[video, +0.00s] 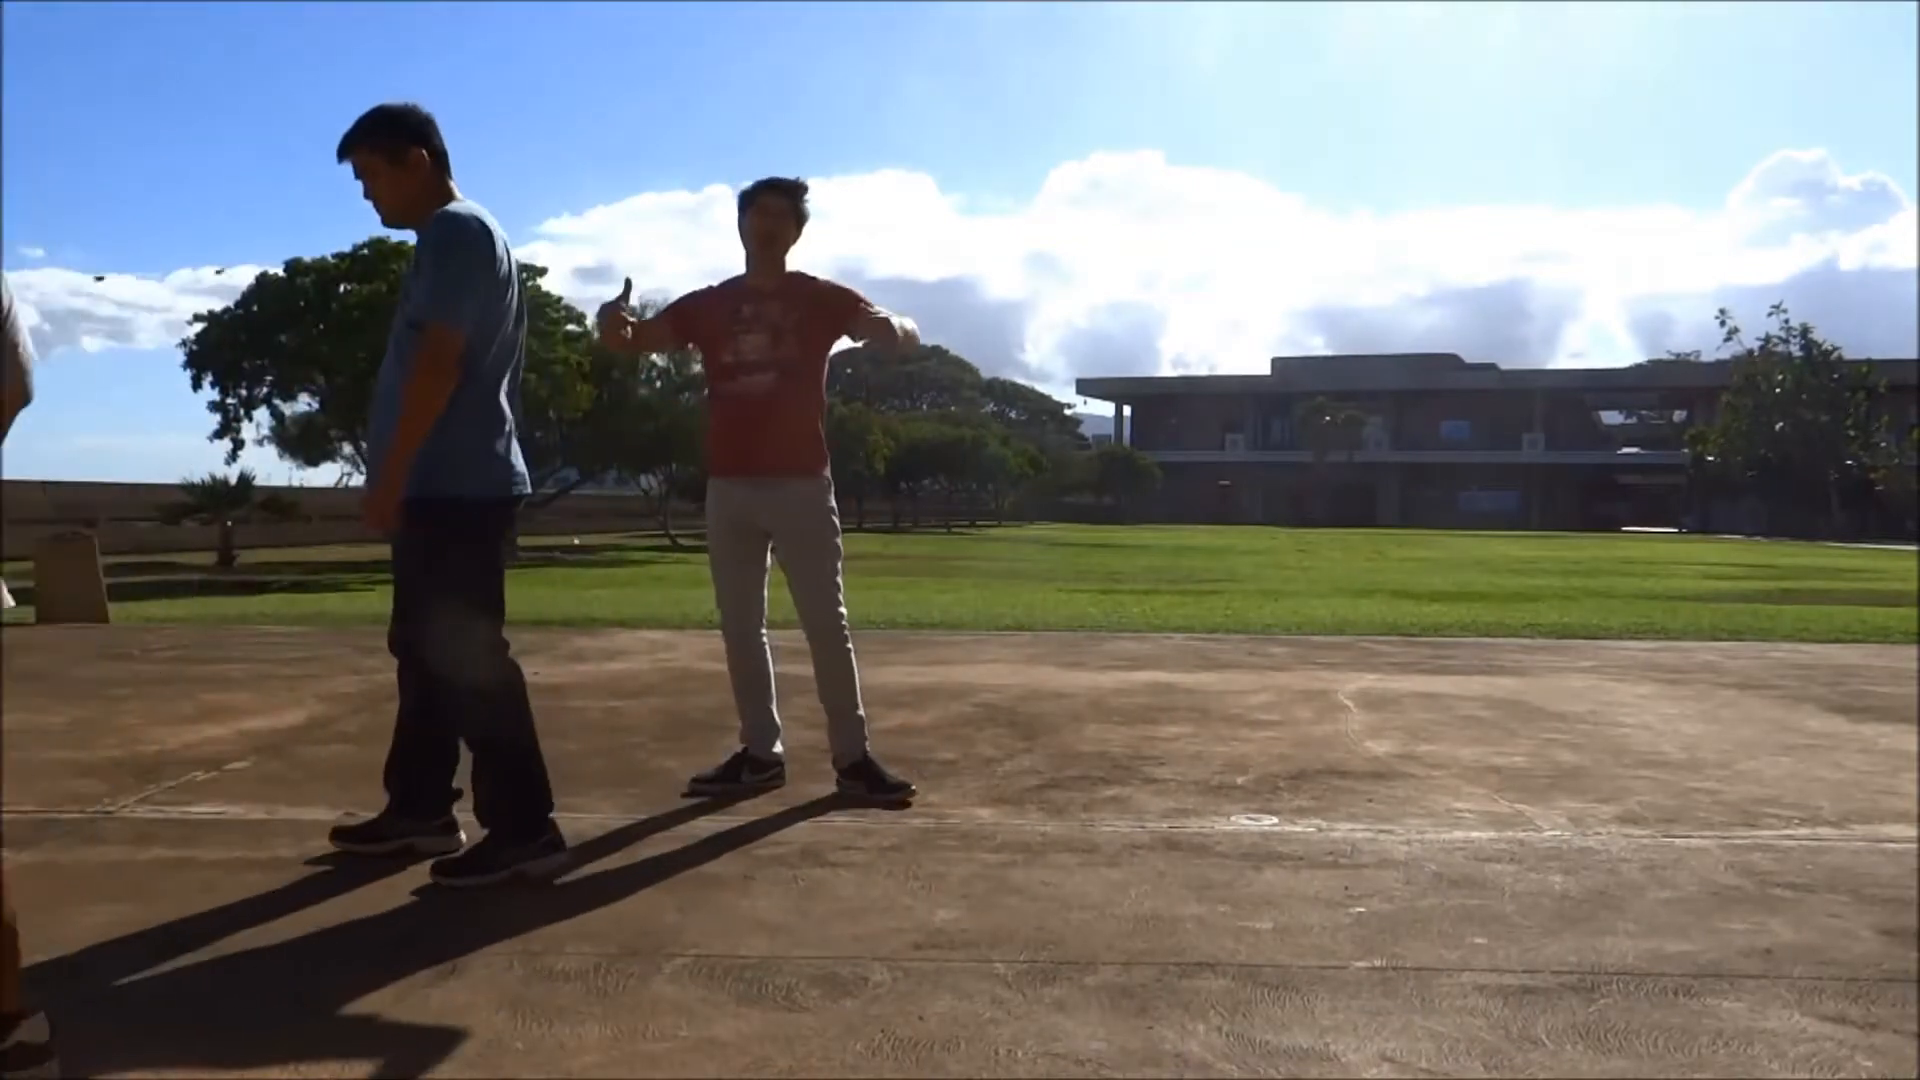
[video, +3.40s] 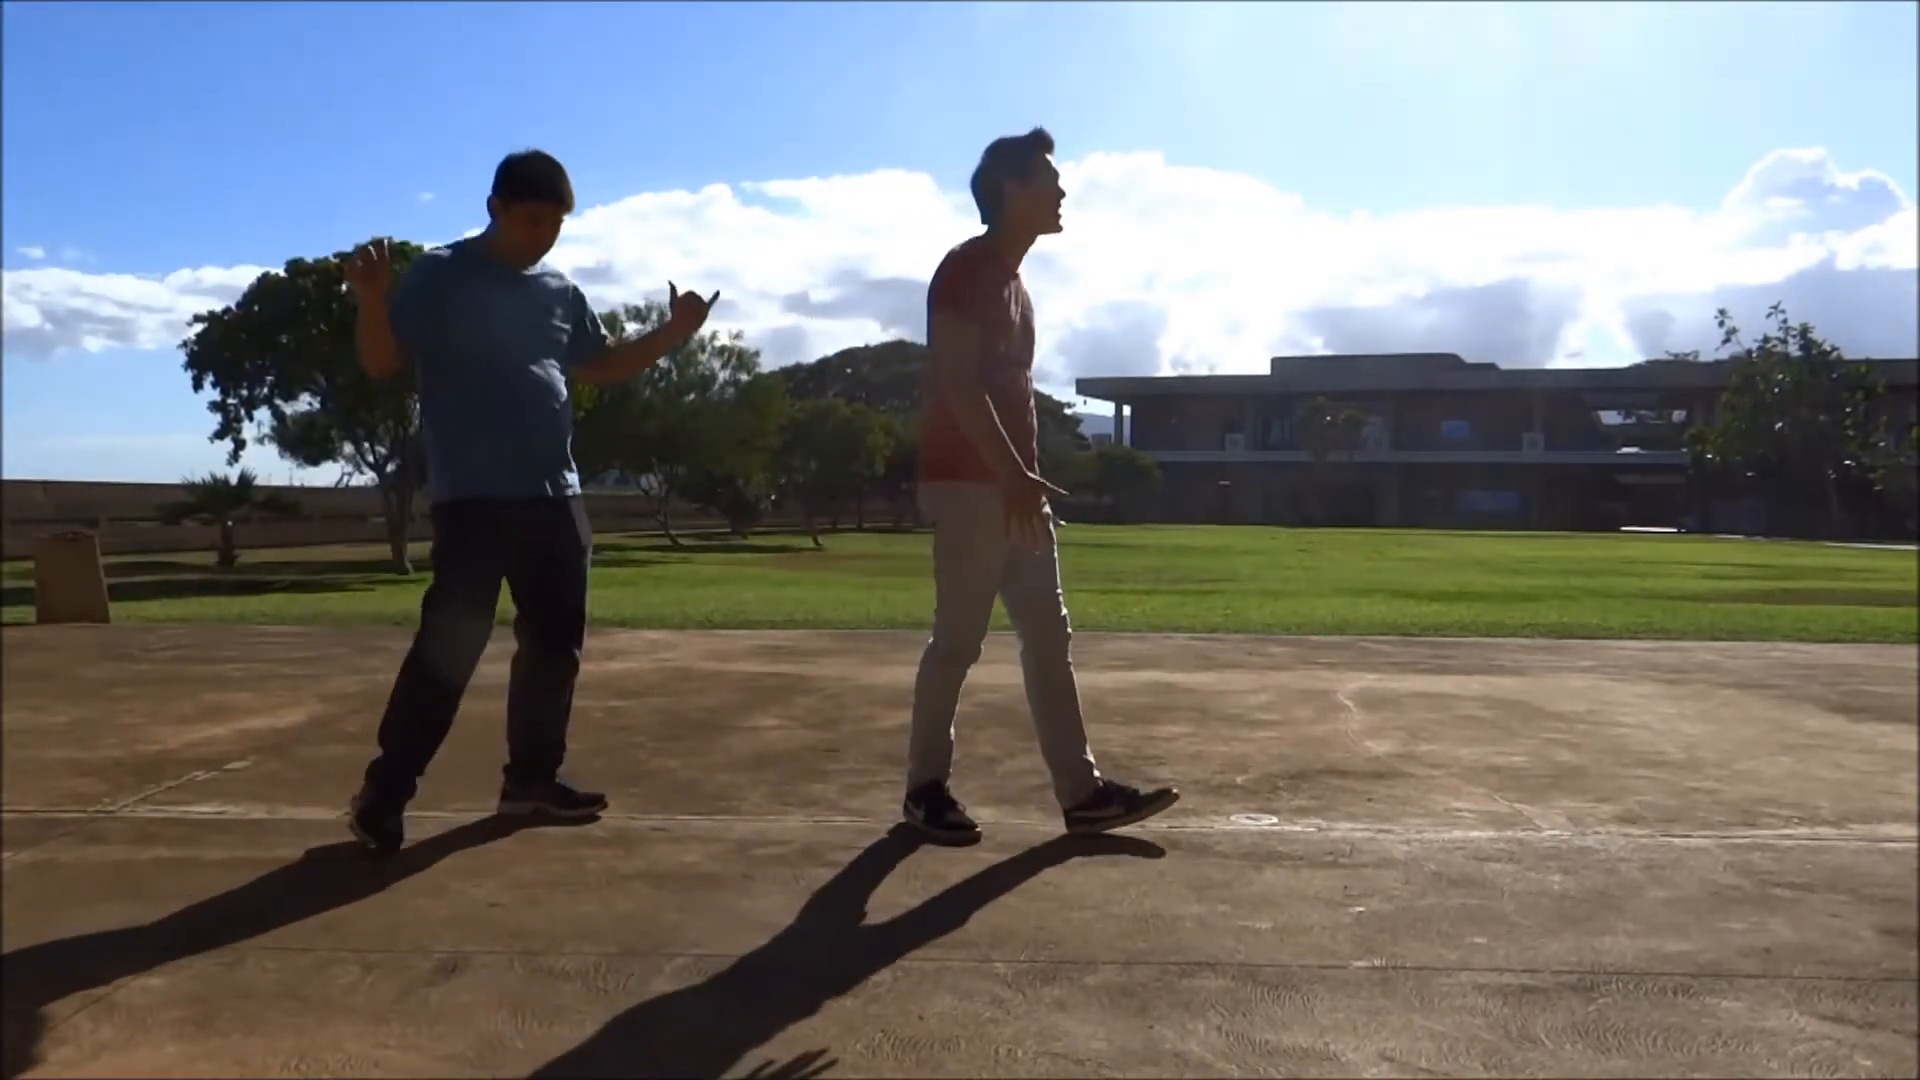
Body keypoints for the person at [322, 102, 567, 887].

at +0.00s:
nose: (369, 197)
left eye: (371, 179)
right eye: (363, 183)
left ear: (417, 161)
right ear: (420, 164)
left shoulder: (459, 234)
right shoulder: (459, 237)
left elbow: (442, 361)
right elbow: (465, 367)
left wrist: (393, 470)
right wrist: (404, 468)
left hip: (461, 486)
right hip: (440, 487)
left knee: (469, 653)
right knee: (422, 649)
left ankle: (525, 828)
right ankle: (419, 809)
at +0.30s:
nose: (350, 192)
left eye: (358, 174)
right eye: (342, 177)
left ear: (408, 163)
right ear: (357, 178)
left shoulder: (461, 247)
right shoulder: (380, 264)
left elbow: (458, 366)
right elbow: (354, 381)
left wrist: (401, 468)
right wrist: (317, 477)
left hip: (453, 484)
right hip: (393, 487)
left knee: (453, 642)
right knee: (401, 646)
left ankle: (516, 815)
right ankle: (418, 809)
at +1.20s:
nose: (462, 179)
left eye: (476, 165)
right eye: (445, 165)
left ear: (498, 168)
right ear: (418, 165)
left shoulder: (527, 260)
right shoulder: (371, 255)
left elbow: (548, 375)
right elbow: (331, 368)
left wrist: (518, 476)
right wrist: (300, 465)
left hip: (480, 492)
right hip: (382, 491)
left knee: (481, 663)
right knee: (368, 646)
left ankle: (475, 822)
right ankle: (407, 801)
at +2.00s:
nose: (426, 183)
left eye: (434, 169)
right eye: (410, 168)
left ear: (442, 176)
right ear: (368, 169)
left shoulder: (463, 266)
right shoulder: (311, 255)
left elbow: (502, 362)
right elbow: (251, 350)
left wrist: (533, 419)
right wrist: (274, 370)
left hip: (444, 493)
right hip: (344, 497)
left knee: (457, 658)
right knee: (334, 661)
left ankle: (477, 816)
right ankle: (329, 811)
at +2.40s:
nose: (395, 177)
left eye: (403, 165)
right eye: (378, 163)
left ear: (412, 175)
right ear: (337, 169)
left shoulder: (425, 263)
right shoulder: (286, 255)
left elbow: (479, 354)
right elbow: (217, 347)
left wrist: (517, 309)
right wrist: (250, 267)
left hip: (411, 486)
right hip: (315, 492)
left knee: (422, 653)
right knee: (324, 660)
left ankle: (413, 794)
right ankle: (329, 806)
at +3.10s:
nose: (478, 217)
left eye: (486, 204)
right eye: (465, 202)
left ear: (493, 204)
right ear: (425, 195)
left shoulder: (490, 280)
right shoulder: (365, 265)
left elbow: (539, 363)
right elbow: (298, 348)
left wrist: (561, 293)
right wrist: (336, 262)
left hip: (474, 495)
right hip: (385, 497)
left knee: (503, 639)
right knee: (362, 658)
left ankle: (524, 778)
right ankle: (335, 805)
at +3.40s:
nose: (553, 234)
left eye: (559, 222)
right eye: (545, 220)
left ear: (557, 219)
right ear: (504, 208)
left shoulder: (560, 293)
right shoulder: (435, 274)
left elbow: (597, 367)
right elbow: (381, 362)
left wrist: (672, 333)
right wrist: (370, 298)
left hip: (550, 492)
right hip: (469, 491)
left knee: (554, 636)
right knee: (452, 637)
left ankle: (533, 779)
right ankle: (385, 794)